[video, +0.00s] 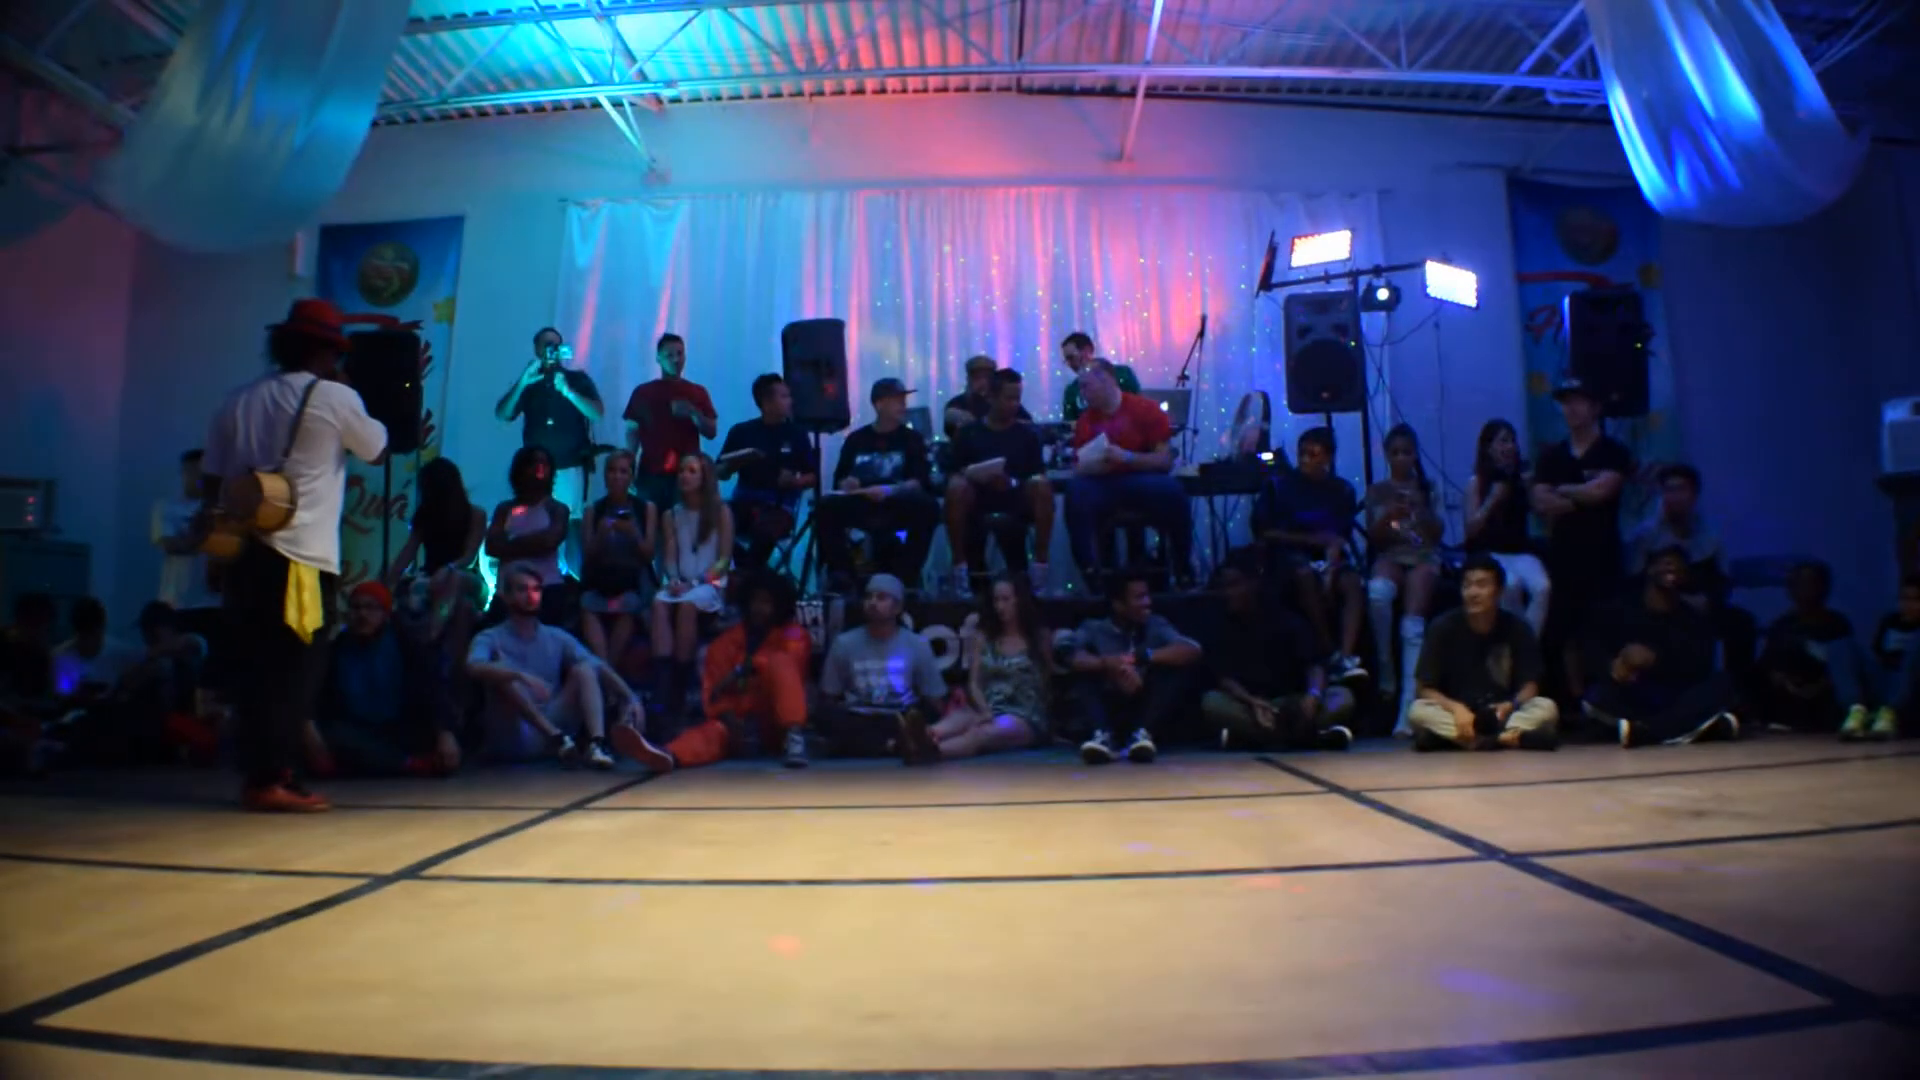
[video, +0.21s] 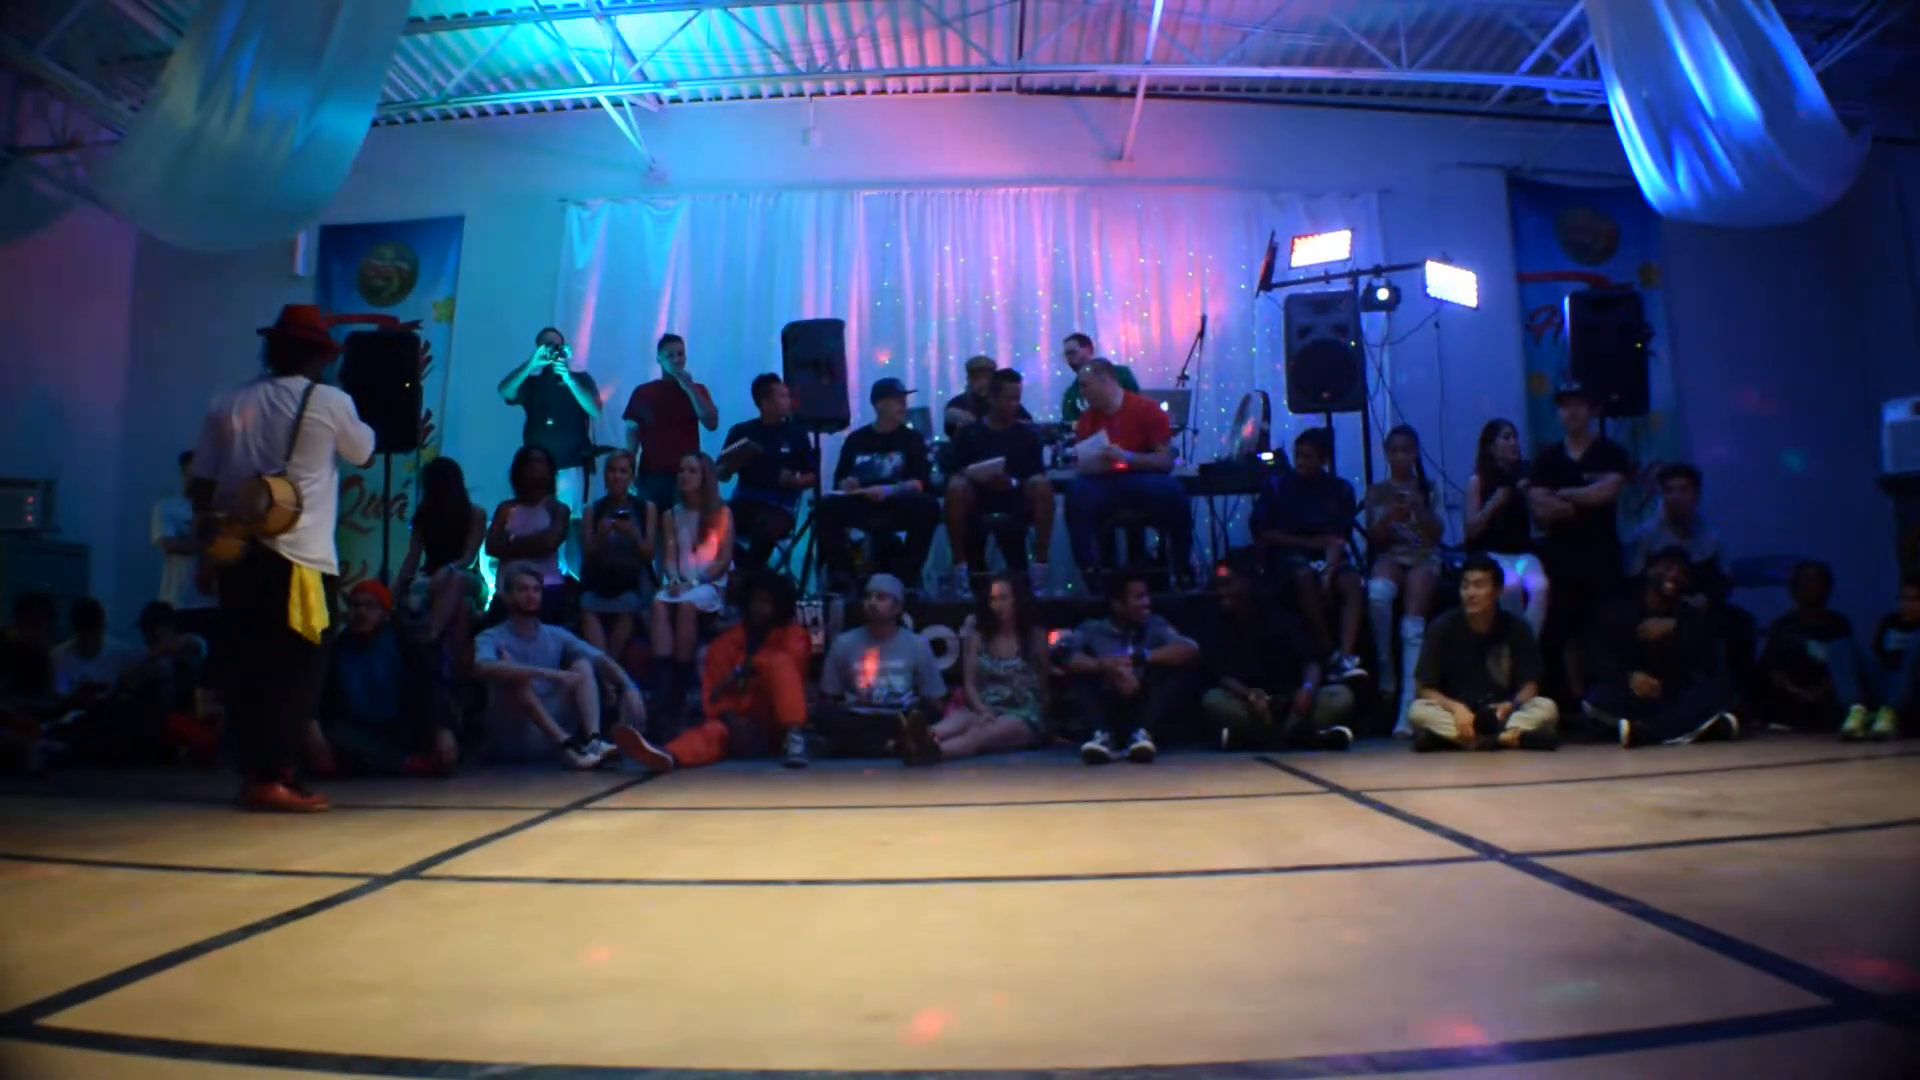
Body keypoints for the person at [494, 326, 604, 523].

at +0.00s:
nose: (551, 350)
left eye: (555, 345)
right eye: (546, 345)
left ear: (562, 349)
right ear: (536, 350)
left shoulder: (577, 379)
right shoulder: (529, 383)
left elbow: (596, 414)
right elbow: (504, 415)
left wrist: (566, 391)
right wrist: (523, 382)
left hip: (570, 464)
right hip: (537, 465)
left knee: (570, 524)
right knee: (535, 524)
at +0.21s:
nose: (552, 351)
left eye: (557, 346)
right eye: (547, 346)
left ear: (564, 349)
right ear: (537, 349)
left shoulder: (580, 379)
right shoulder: (531, 382)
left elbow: (595, 411)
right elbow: (505, 393)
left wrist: (567, 379)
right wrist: (531, 365)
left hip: (571, 462)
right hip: (537, 463)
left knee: (569, 523)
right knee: (535, 523)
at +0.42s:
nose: (553, 350)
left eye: (558, 345)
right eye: (547, 345)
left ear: (567, 348)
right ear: (541, 350)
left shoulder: (582, 380)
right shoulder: (533, 383)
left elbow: (594, 409)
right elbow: (507, 384)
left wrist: (567, 375)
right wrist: (536, 361)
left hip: (571, 461)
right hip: (537, 462)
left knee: (569, 522)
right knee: (535, 521)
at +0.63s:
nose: (554, 352)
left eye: (559, 348)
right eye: (549, 347)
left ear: (568, 350)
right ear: (542, 351)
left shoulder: (583, 380)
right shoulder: (534, 383)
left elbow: (594, 409)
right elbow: (507, 382)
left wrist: (567, 376)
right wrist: (537, 358)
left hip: (571, 461)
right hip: (538, 462)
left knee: (569, 521)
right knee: (535, 520)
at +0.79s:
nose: (555, 354)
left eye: (561, 349)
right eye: (550, 349)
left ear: (569, 352)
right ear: (543, 352)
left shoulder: (583, 380)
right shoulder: (534, 382)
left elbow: (594, 408)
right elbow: (507, 380)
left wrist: (566, 374)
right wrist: (535, 355)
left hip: (573, 461)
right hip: (538, 461)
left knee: (570, 522)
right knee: (536, 520)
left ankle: (572, 577)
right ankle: (537, 578)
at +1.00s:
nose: (555, 353)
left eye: (561, 348)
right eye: (550, 348)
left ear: (569, 351)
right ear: (542, 350)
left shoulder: (583, 380)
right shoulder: (534, 382)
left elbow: (593, 408)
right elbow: (507, 385)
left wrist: (565, 375)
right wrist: (533, 357)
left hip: (572, 461)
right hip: (538, 461)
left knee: (572, 523)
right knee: (535, 520)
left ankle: (573, 577)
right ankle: (537, 578)